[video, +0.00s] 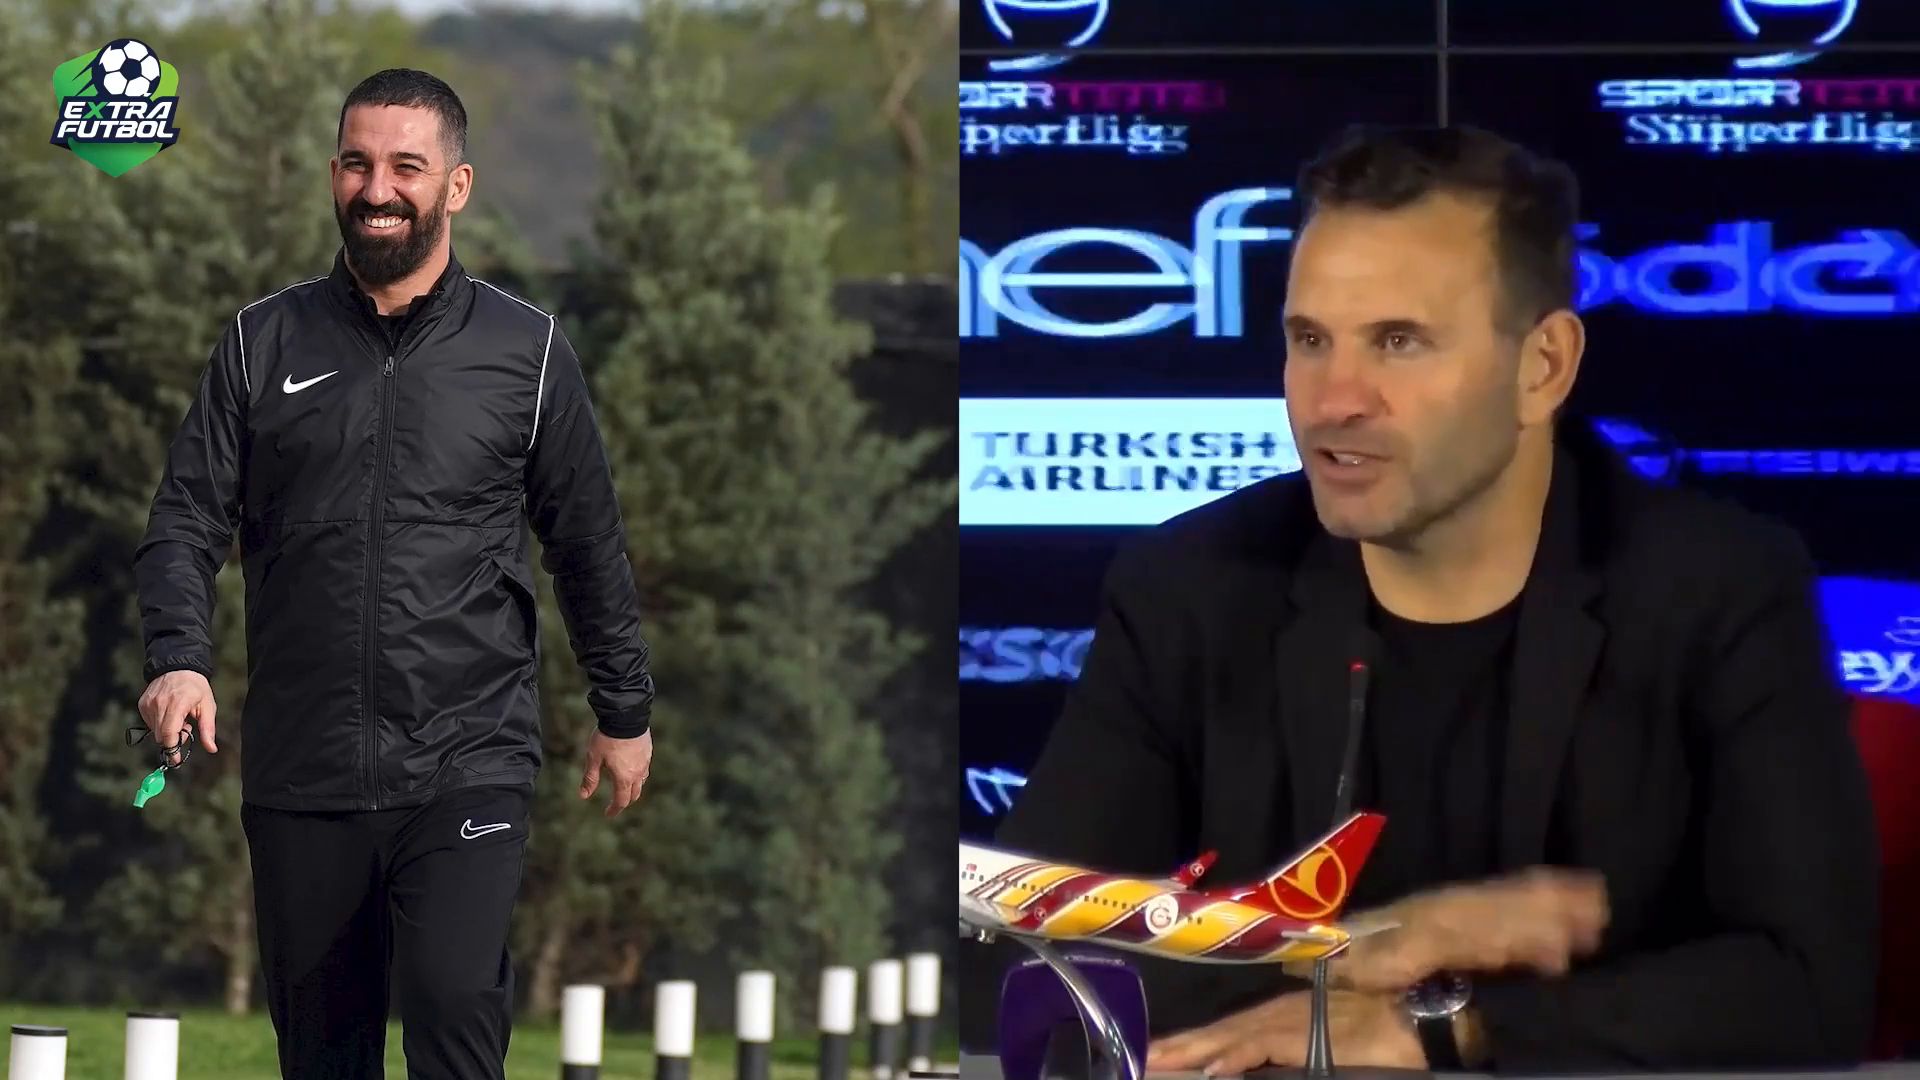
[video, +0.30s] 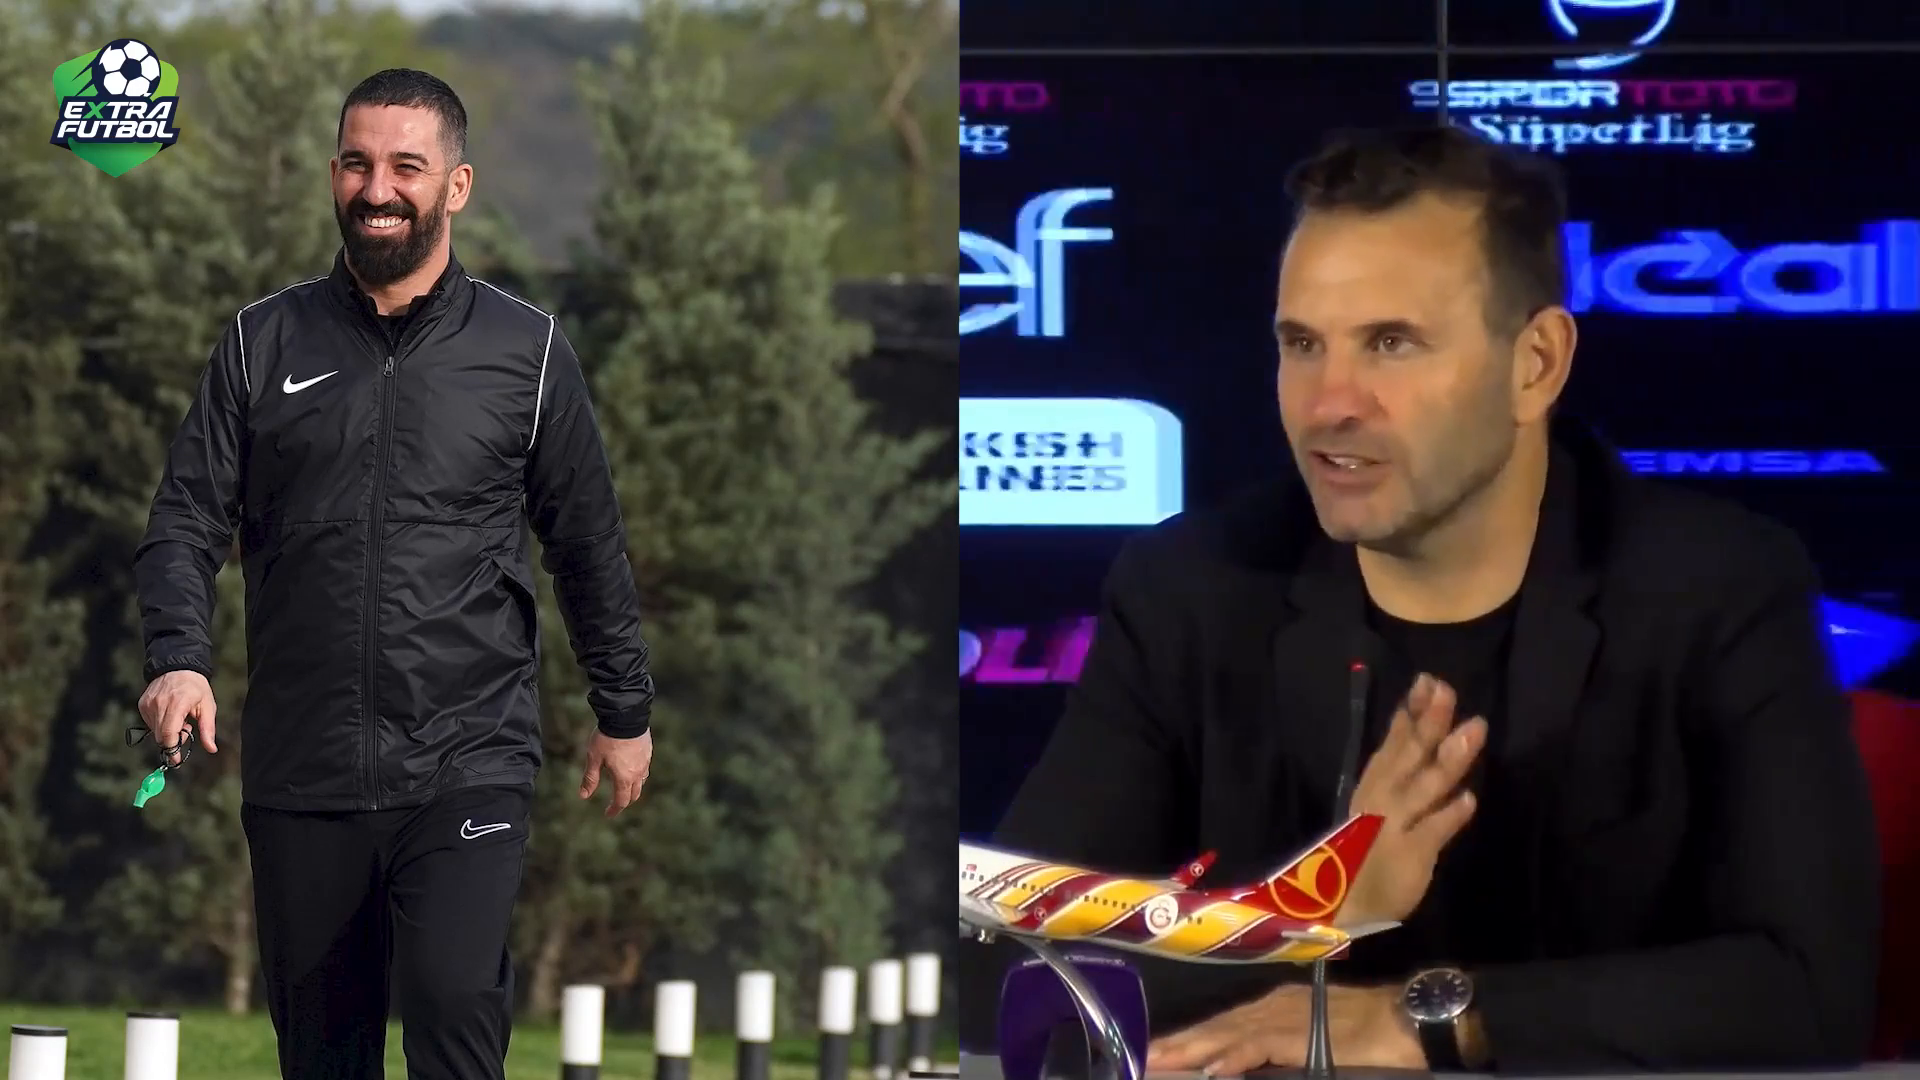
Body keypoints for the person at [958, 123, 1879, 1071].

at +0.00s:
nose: (1329, 398)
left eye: (1397, 344)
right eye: (1308, 339)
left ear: (1543, 368)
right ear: (1282, 342)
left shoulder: (1718, 593)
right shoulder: (1181, 592)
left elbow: (1808, 990)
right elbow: (1031, 983)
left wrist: (1438, 1030)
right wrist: (1363, 947)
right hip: (1247, 1077)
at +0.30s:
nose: (1326, 401)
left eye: (1390, 345)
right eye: (1301, 345)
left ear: (1537, 365)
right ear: (1275, 349)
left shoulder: (1718, 592)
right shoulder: (1186, 593)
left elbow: (1811, 990)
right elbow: (1015, 948)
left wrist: (1429, 1018)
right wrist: (1307, 909)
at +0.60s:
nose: (1371, 401)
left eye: (1433, 343)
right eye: (1333, 345)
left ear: (1553, 367)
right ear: (1293, 361)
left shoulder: (1718, 590)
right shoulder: (1186, 593)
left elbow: (1808, 984)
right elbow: (1027, 949)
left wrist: (1427, 1030)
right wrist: (1322, 955)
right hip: (1248, 1075)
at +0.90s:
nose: (1377, 395)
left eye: (1438, 336)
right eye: (1338, 339)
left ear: (1558, 363)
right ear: (1298, 358)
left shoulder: (1719, 594)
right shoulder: (1193, 592)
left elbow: (1809, 989)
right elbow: (1026, 967)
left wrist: (1423, 1030)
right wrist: (1329, 955)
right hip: (1256, 1074)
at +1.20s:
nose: (1359, 394)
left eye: (1421, 334)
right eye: (1324, 339)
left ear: (1552, 358)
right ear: (1290, 355)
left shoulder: (1722, 593)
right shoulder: (1188, 590)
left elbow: (1808, 990)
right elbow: (1027, 949)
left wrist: (1419, 1031)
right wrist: (1326, 956)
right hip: (1243, 1075)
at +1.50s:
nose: (1348, 391)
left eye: (1409, 332)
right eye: (1316, 337)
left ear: (1548, 354)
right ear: (1285, 354)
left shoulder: (1725, 591)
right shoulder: (1189, 589)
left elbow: (1812, 989)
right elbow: (1026, 973)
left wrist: (1439, 1025)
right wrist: (1319, 959)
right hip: (1249, 1077)